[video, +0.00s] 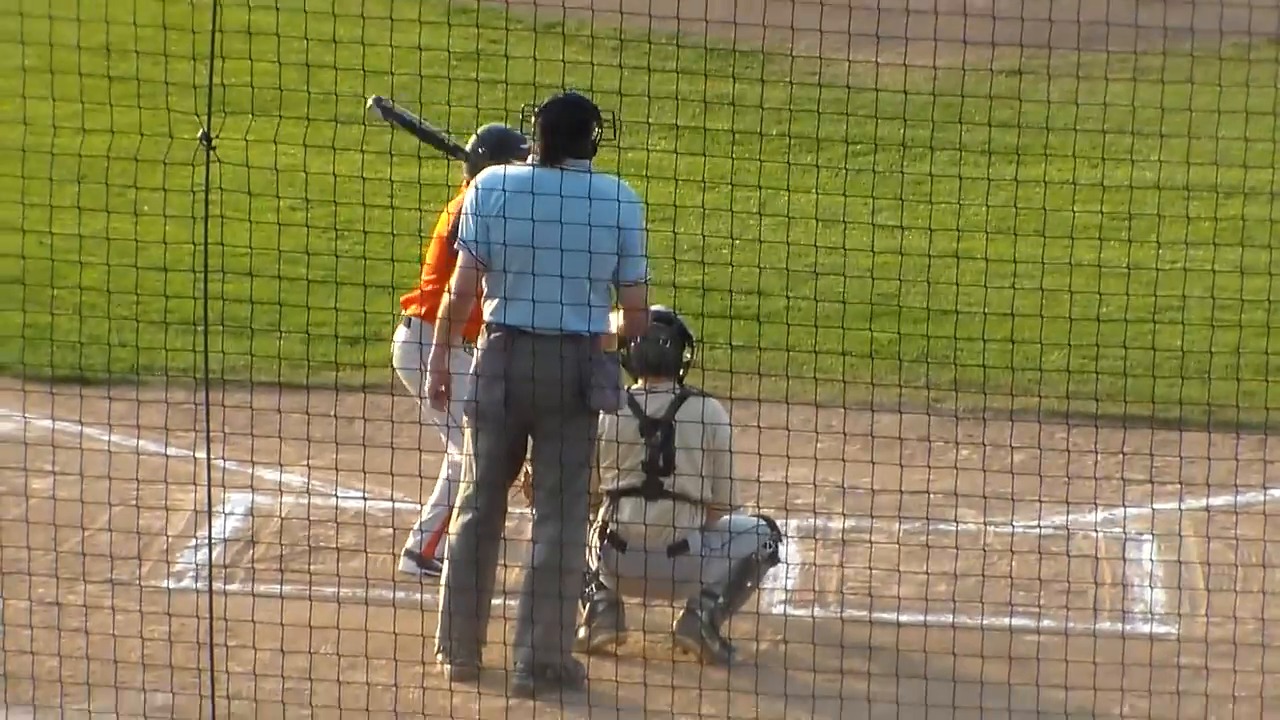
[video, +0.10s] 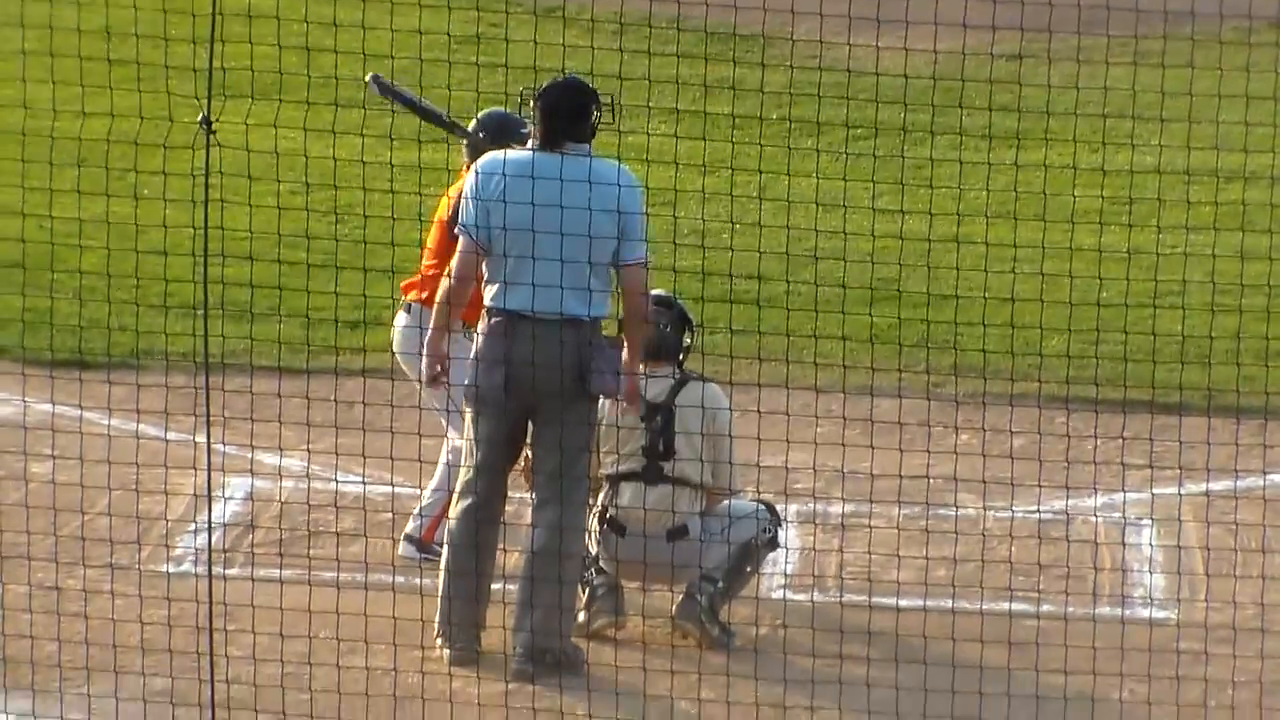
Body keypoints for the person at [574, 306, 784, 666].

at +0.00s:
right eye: (684, 348)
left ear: (631, 359)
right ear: (681, 359)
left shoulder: (608, 411)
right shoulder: (708, 411)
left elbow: (590, 495)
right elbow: (718, 506)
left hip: (618, 563)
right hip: (681, 565)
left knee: (593, 517)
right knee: (765, 534)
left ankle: (602, 607)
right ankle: (703, 616)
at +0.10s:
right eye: (682, 333)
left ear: (630, 342)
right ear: (680, 344)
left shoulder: (607, 394)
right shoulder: (707, 395)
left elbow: (592, 475)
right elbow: (720, 489)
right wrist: (684, 515)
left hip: (616, 548)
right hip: (680, 549)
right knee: (764, 519)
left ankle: (601, 592)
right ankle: (703, 600)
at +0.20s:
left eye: (634, 322)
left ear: (630, 335)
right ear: (681, 337)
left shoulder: (609, 388)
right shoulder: (709, 388)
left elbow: (595, 470)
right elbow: (721, 481)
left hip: (617, 539)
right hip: (683, 541)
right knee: (766, 511)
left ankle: (603, 582)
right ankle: (704, 592)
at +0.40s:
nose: (637, 311)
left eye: (638, 306)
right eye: (637, 305)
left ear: (627, 321)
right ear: (680, 323)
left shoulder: (607, 375)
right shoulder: (707, 376)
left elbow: (590, 461)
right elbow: (719, 473)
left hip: (615, 527)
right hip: (681, 530)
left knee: (586, 488)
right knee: (765, 500)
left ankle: (603, 573)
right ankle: (703, 582)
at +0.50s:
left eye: (635, 300)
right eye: (684, 303)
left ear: (628, 309)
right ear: (681, 314)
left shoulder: (606, 364)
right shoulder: (709, 366)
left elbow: (587, 451)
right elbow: (720, 464)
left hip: (616, 518)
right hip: (683, 520)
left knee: (581, 474)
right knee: (766, 489)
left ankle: (604, 564)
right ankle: (704, 571)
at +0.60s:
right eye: (683, 302)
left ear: (629, 308)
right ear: (680, 313)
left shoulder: (607, 362)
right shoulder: (709, 364)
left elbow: (591, 447)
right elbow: (720, 461)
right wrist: (678, 476)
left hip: (617, 517)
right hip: (682, 519)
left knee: (599, 473)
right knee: (766, 488)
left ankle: (604, 564)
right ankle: (704, 570)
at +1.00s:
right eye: (684, 300)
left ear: (631, 305)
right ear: (681, 310)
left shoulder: (607, 359)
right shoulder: (708, 363)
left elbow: (589, 444)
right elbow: (723, 456)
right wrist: (687, 479)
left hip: (616, 515)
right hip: (682, 517)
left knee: (590, 474)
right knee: (764, 486)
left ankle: (603, 561)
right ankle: (703, 567)